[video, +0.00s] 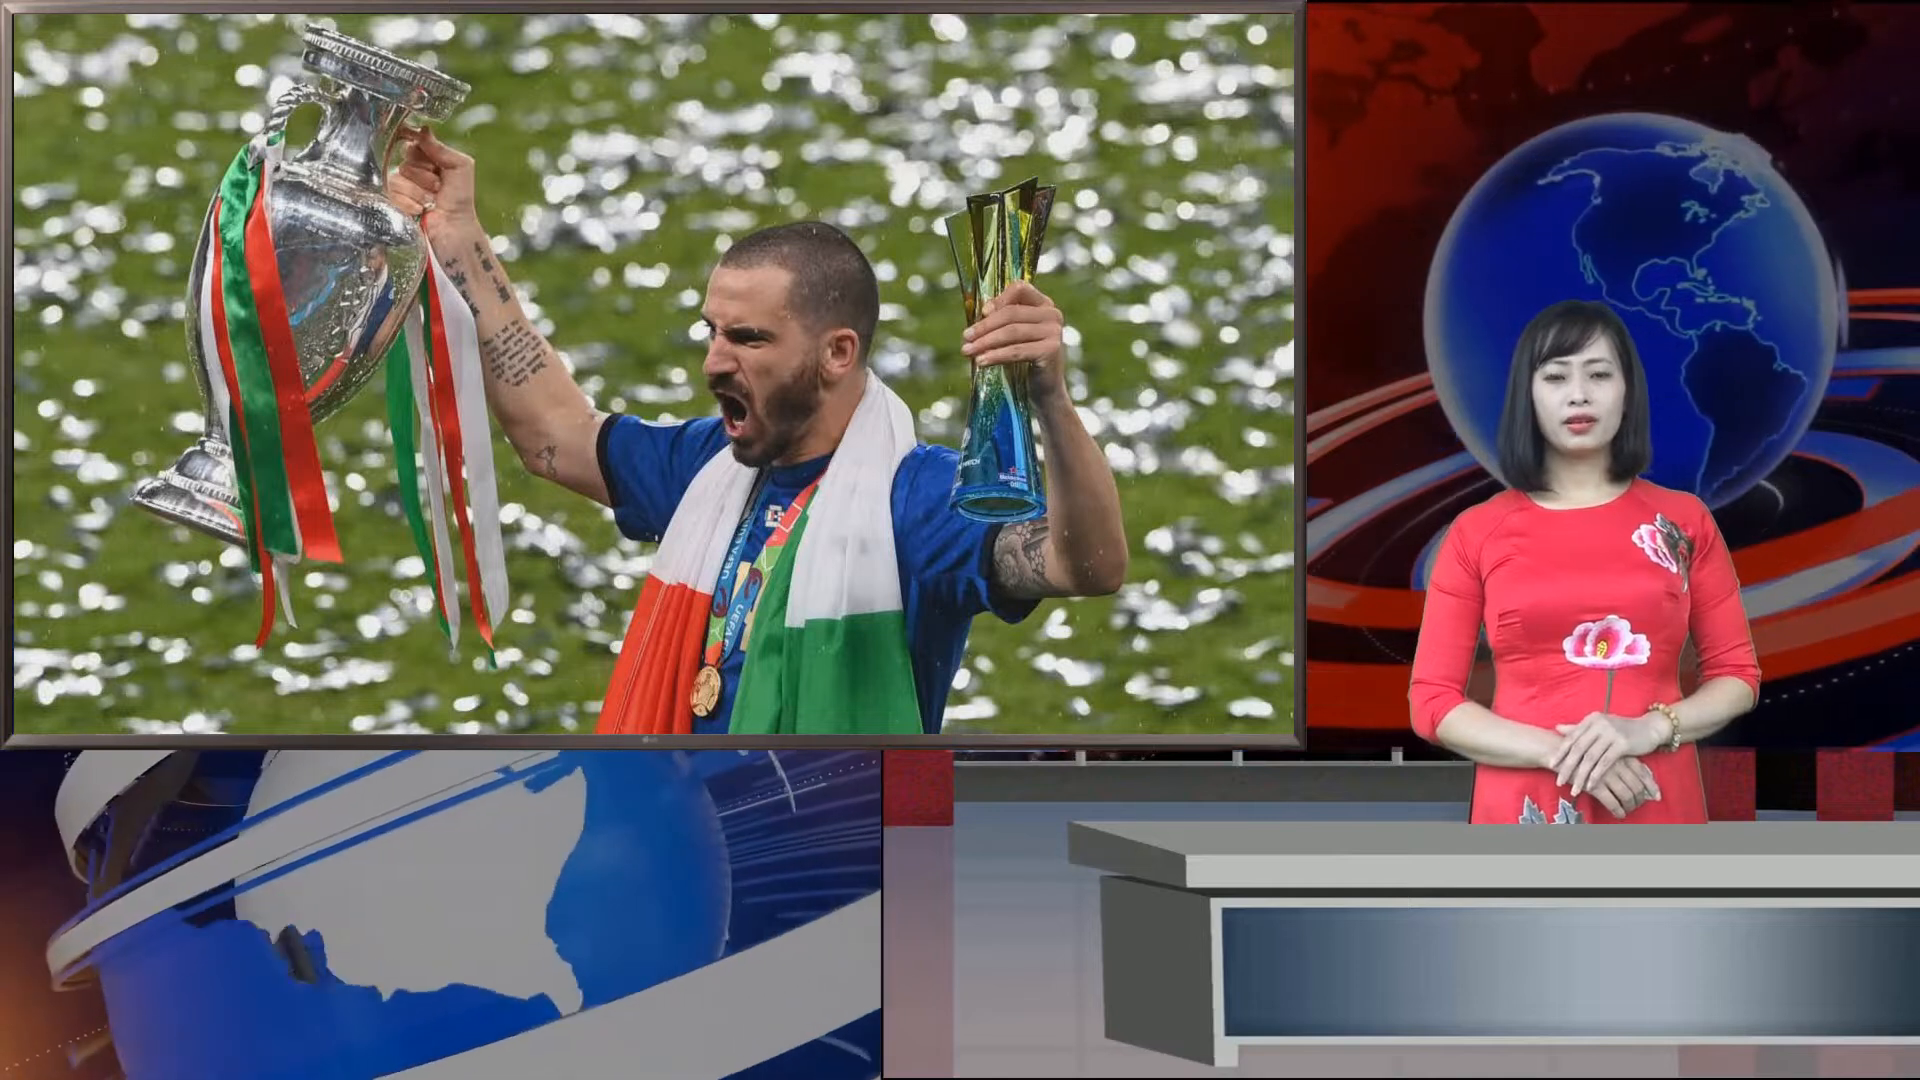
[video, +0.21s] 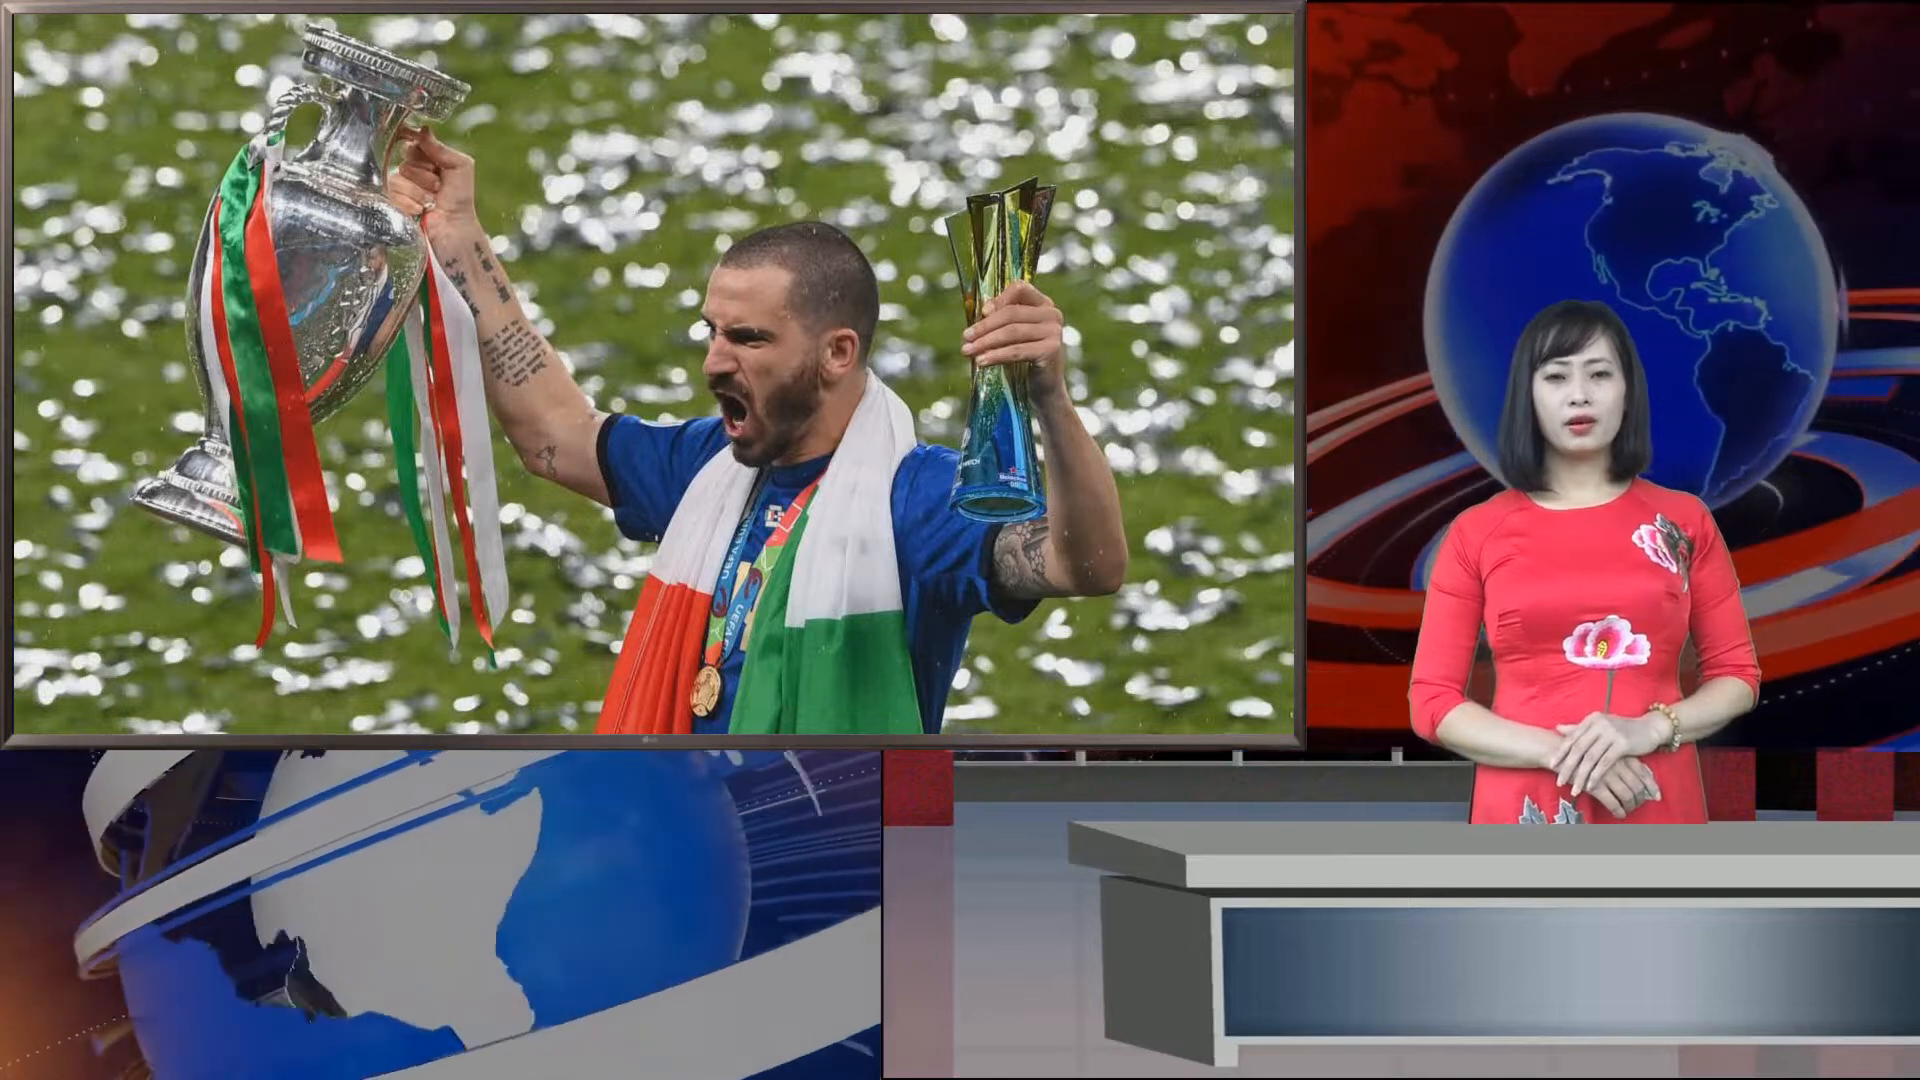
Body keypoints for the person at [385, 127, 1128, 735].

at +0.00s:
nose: (714, 362)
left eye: (747, 339)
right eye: (712, 333)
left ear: (839, 355)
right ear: (705, 327)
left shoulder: (915, 493)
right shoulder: (703, 466)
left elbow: (1089, 563)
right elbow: (557, 438)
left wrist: (1049, 399)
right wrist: (465, 254)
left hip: (830, 920)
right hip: (668, 909)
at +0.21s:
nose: (714, 362)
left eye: (747, 339)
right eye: (712, 333)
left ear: (839, 355)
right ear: (705, 327)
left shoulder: (915, 493)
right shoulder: (703, 466)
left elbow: (1089, 563)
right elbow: (557, 438)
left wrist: (1049, 399)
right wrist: (465, 254)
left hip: (831, 920)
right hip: (669, 911)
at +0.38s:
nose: (714, 362)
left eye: (747, 339)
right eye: (712, 333)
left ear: (839, 355)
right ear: (705, 328)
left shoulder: (915, 493)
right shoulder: (703, 466)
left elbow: (1089, 563)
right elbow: (557, 438)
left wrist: (1049, 399)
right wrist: (465, 254)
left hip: (833, 920)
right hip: (670, 908)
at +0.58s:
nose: (713, 362)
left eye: (747, 339)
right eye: (712, 333)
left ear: (839, 355)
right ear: (705, 328)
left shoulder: (915, 493)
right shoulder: (703, 466)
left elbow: (1089, 563)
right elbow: (557, 438)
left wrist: (1049, 399)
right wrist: (465, 253)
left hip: (832, 913)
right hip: (668, 903)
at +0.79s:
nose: (714, 362)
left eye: (747, 339)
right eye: (712, 333)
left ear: (839, 355)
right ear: (705, 327)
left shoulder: (915, 493)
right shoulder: (703, 466)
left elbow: (1089, 563)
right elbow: (557, 438)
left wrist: (1049, 399)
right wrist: (465, 254)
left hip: (832, 899)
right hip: (667, 892)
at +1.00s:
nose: (714, 362)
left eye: (747, 339)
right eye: (712, 334)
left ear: (839, 355)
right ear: (705, 328)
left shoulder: (915, 493)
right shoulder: (703, 466)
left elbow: (1089, 563)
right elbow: (557, 438)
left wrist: (1049, 399)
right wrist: (465, 254)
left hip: (826, 896)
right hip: (670, 889)